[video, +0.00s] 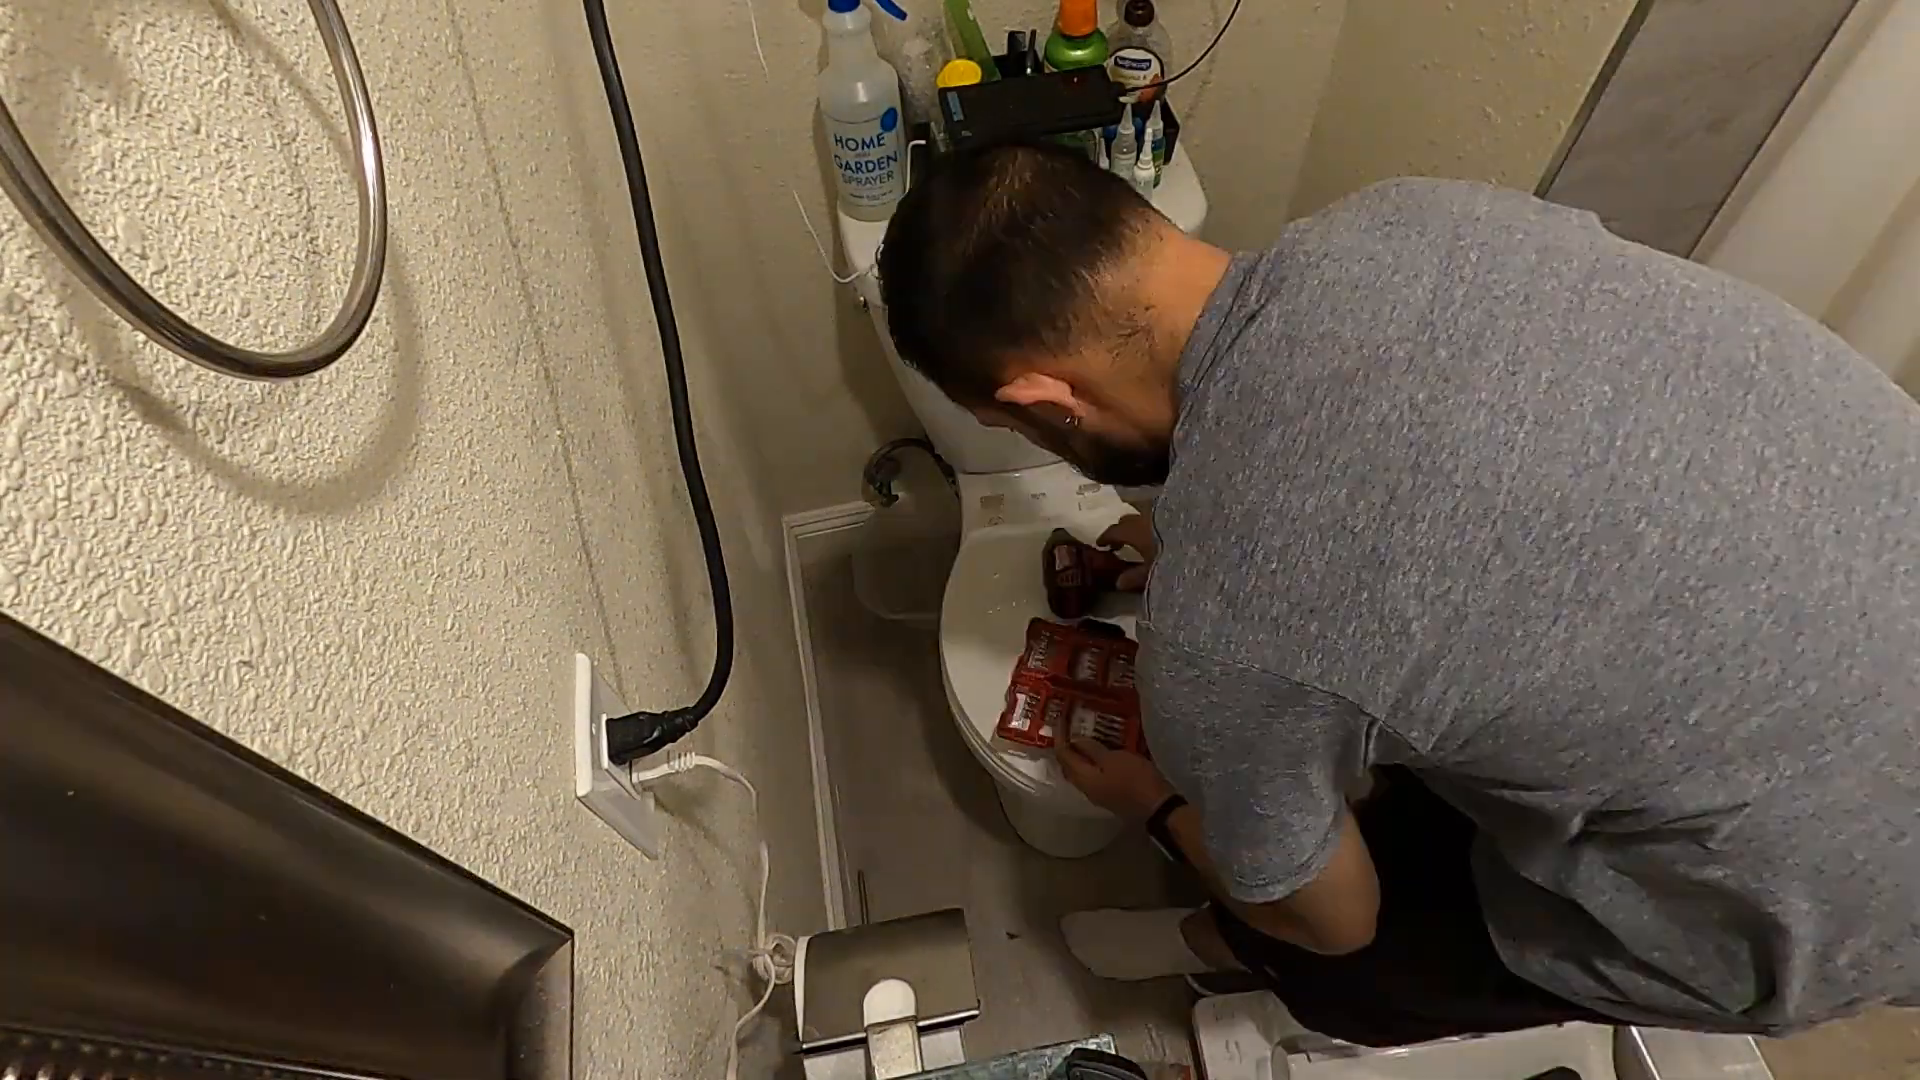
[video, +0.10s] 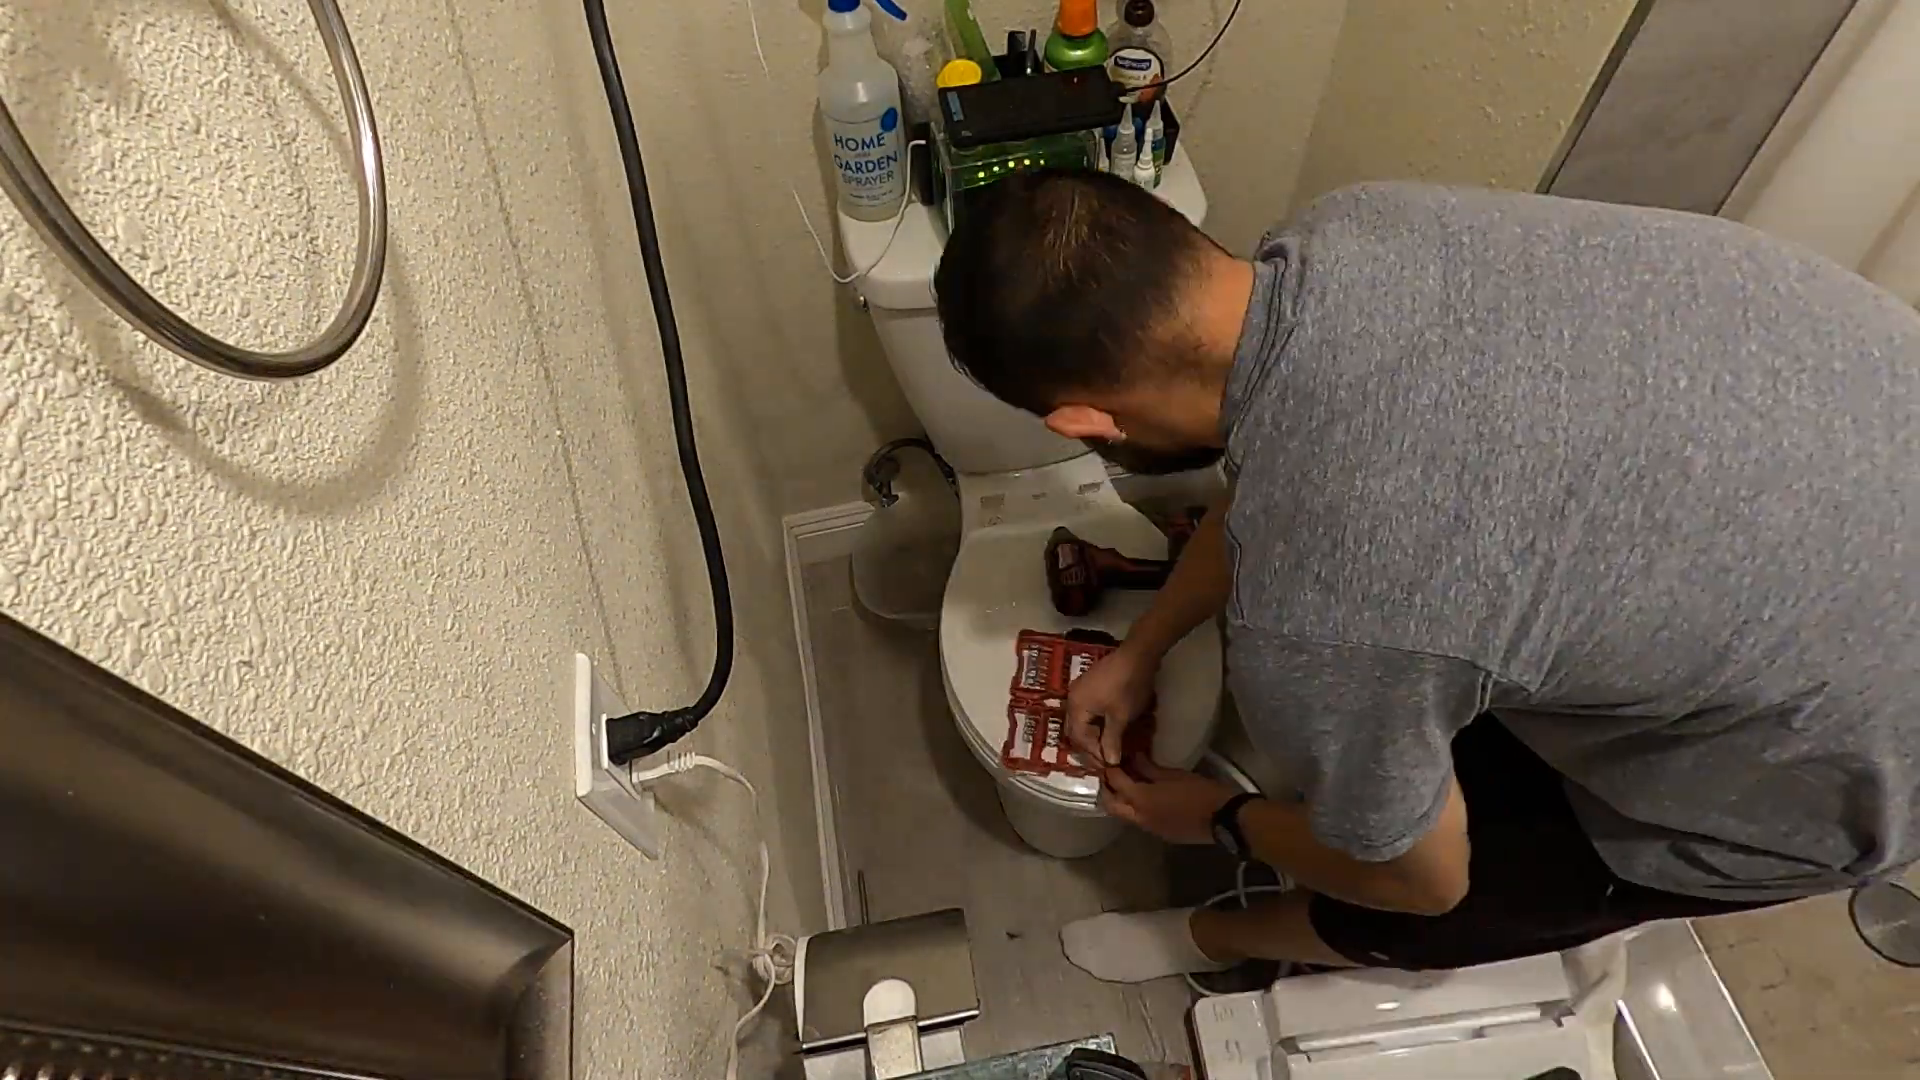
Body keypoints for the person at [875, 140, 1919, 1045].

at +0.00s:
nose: (1042, 435)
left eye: (1021, 417)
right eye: (1025, 417)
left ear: (1046, 396)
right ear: (1146, 210)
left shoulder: (1220, 637)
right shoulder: (1402, 215)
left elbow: (1335, 926)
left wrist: (1168, 804)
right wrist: (1207, 523)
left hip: (1804, 896)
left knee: (1286, 925)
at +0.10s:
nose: (1074, 435)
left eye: (1055, 418)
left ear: (1090, 421)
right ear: (1176, 217)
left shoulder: (1320, 615)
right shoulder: (1355, 228)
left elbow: (1423, 877)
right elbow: (1272, 475)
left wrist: (1228, 812)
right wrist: (1137, 648)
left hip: (1868, 747)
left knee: (1437, 896)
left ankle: (1298, 934)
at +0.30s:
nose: (1020, 468)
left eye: (1000, 454)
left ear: (1029, 459)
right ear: (1121, 264)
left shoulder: (1254, 665)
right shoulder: (1277, 266)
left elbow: (1412, 910)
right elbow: (1308, 473)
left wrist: (1180, 800)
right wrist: (1172, 602)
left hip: (1858, 766)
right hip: (1877, 432)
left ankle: (1293, 929)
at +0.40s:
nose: (1065, 429)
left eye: (1045, 414)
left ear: (1061, 408)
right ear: (1154, 218)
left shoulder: (1244, 591)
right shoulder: (1323, 209)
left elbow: (1259, 911)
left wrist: (1092, 776)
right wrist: (1186, 453)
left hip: (1839, 785)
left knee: (1320, 901)